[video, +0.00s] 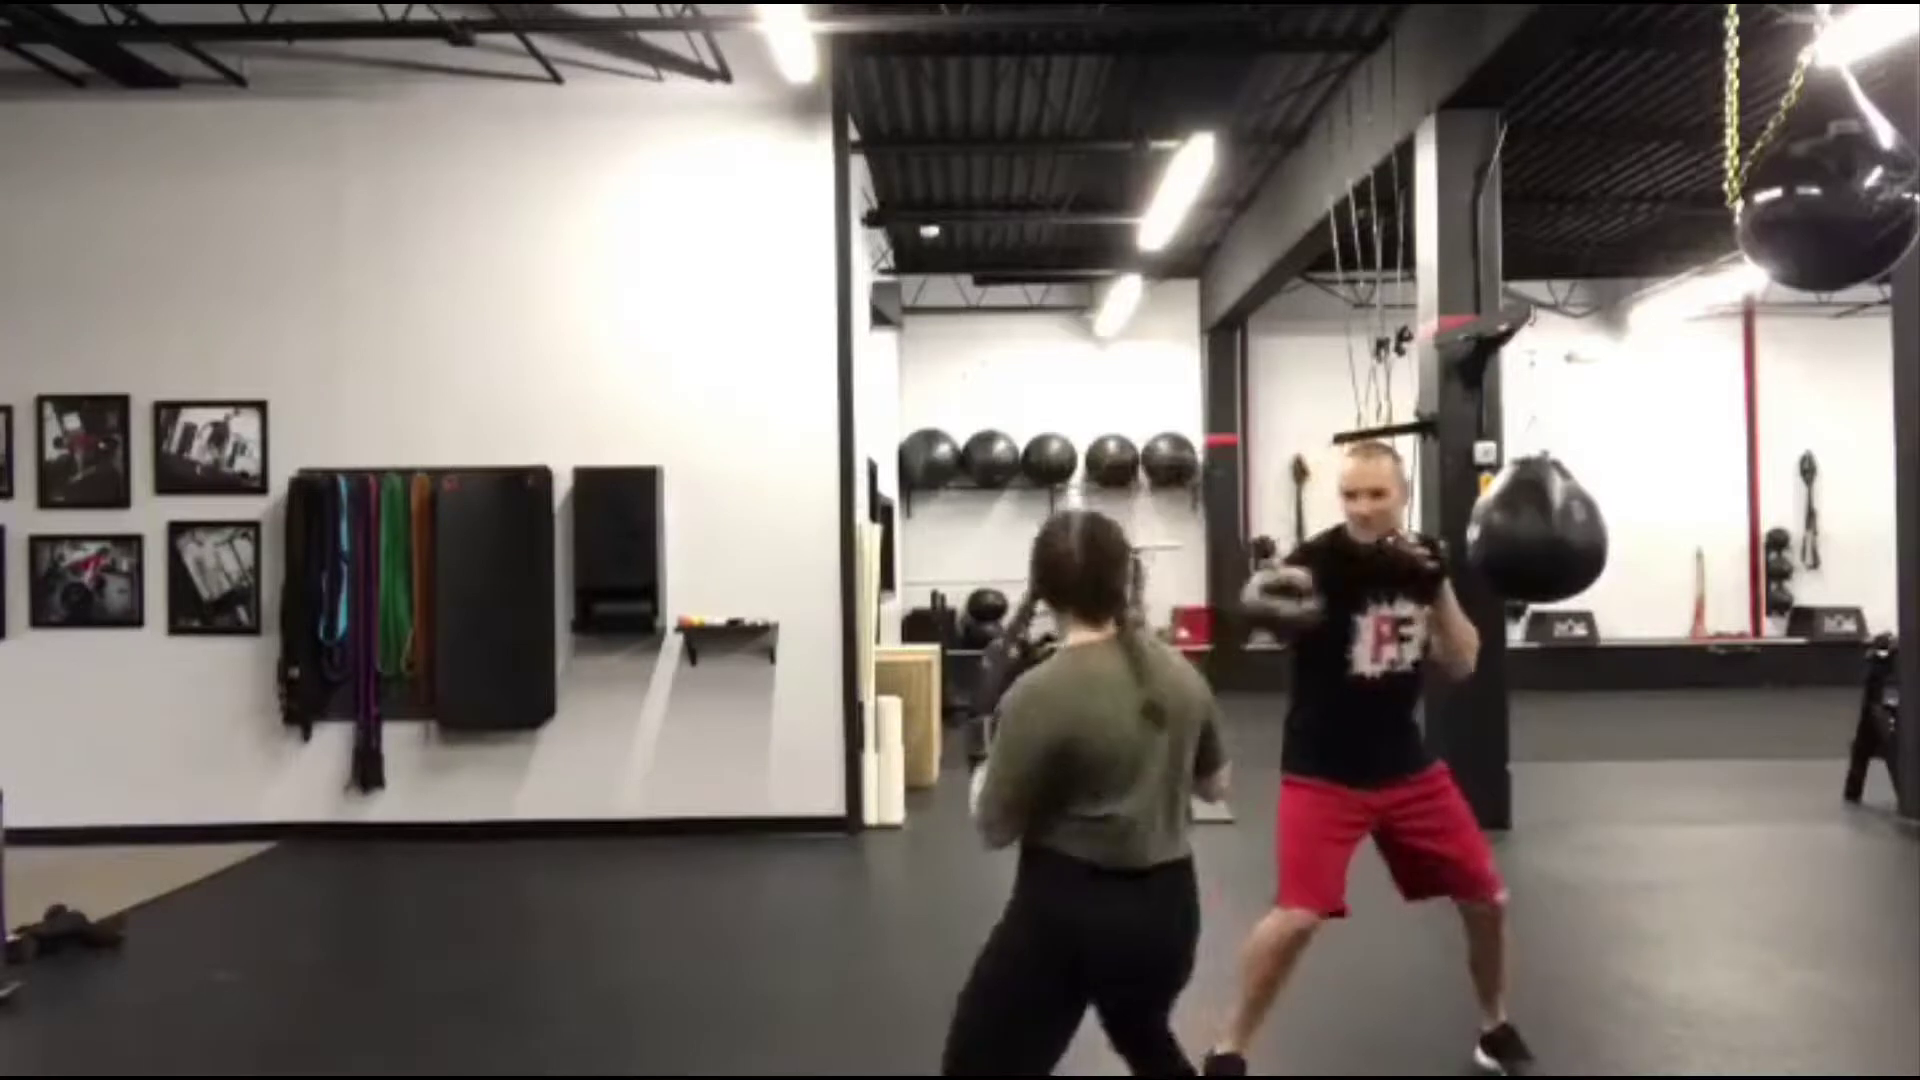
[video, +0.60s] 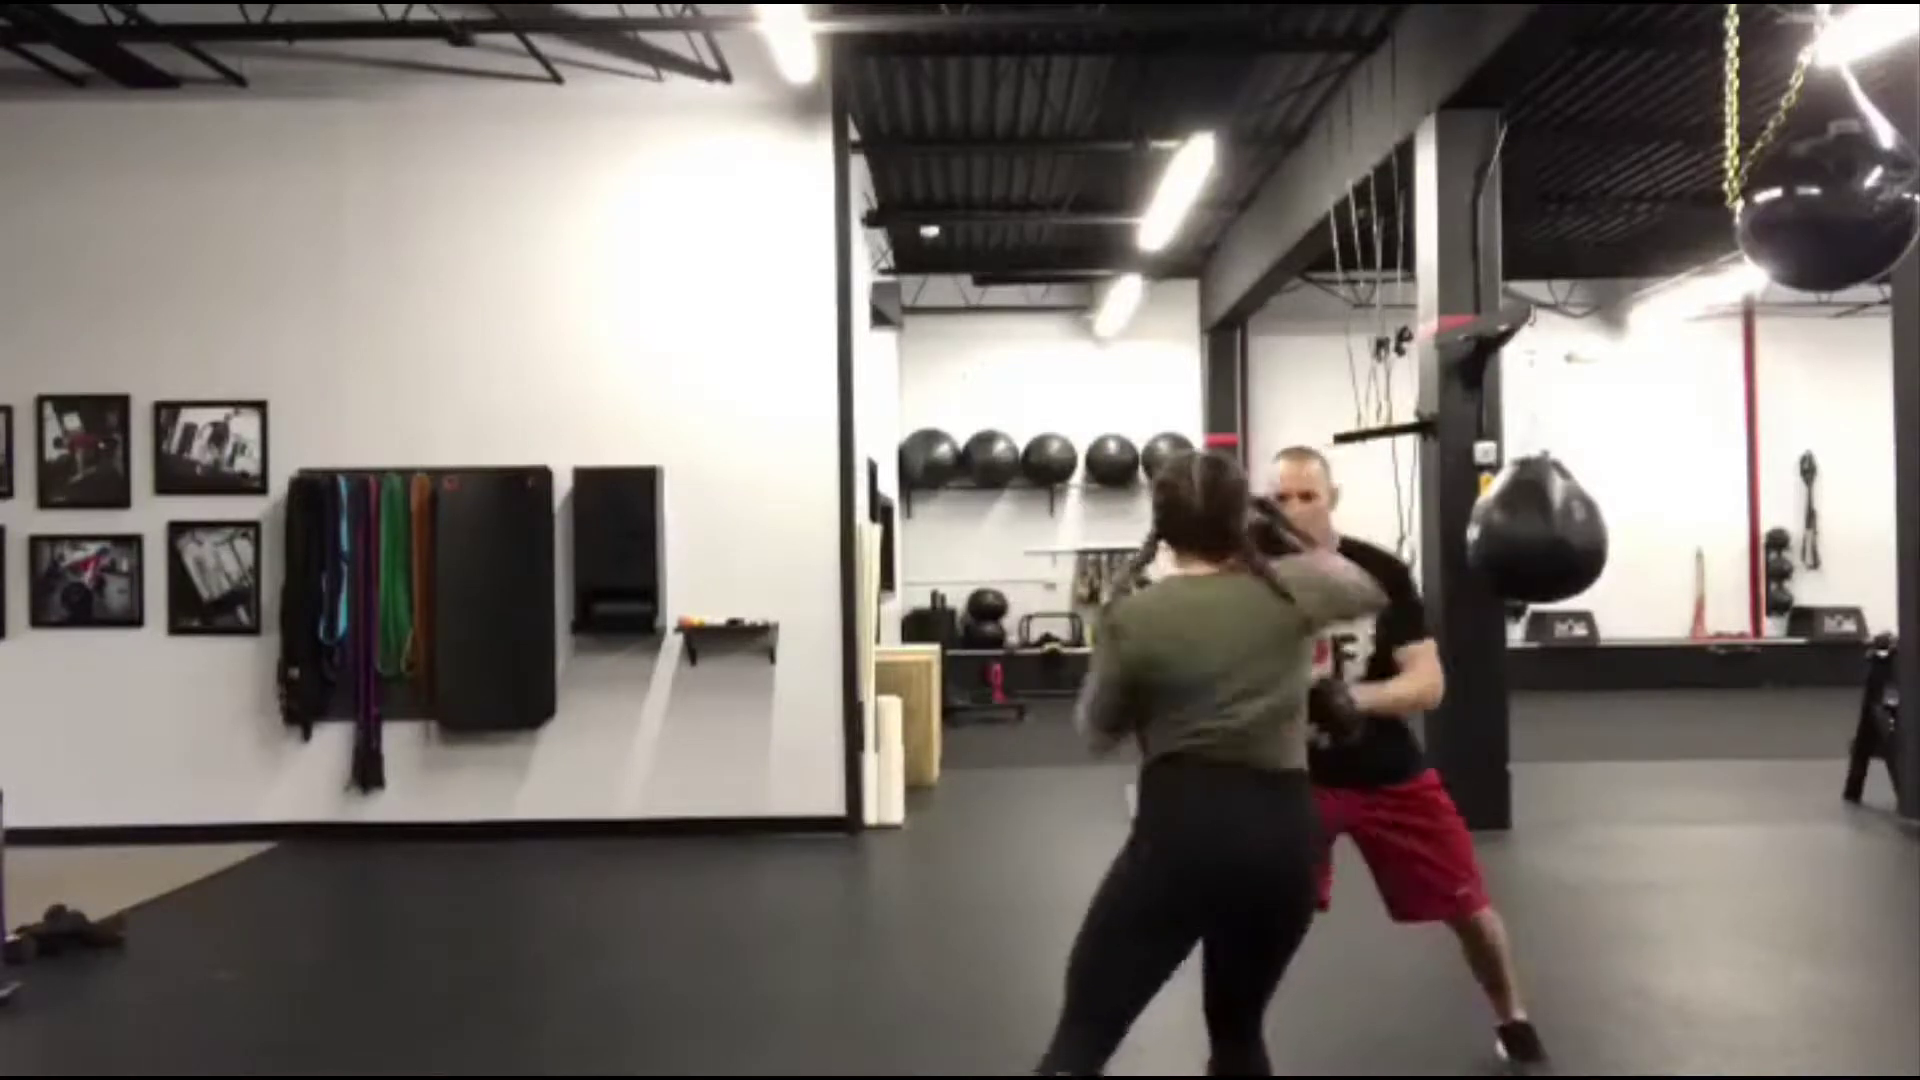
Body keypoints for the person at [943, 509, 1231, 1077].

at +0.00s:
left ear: (1045, 590)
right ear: (1124, 576)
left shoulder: (1041, 695)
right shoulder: (1178, 673)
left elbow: (995, 823)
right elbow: (1213, 779)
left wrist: (998, 738)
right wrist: (1138, 741)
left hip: (1061, 918)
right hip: (1164, 910)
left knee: (980, 1062)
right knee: (1146, 1035)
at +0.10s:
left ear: (1076, 559)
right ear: (1153, 555)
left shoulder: (1043, 657)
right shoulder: (1204, 657)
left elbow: (983, 759)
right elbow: (1234, 771)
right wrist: (1167, 722)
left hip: (1064, 891)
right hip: (1171, 893)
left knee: (1003, 1060)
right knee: (1169, 1033)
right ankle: (1204, 1073)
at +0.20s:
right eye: (1198, 528)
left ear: (1119, 532)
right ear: (1197, 538)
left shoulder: (1067, 613)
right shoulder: (1236, 642)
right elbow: (1276, 767)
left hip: (1078, 852)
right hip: (1187, 859)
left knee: (1035, 1050)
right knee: (1199, 1033)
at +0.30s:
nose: (1237, 537)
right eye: (1235, 525)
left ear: (1149, 522)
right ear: (1227, 536)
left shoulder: (1094, 601)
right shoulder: (1240, 636)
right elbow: (1294, 761)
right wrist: (1302, 692)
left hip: (1101, 826)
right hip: (1202, 838)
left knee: (1055, 1045)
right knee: (1226, 1038)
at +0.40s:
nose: (1248, 522)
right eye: (1245, 512)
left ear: (1157, 519)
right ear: (1232, 527)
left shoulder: (1116, 596)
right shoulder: (1242, 629)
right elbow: (1308, 745)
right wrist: (1340, 666)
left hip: (1126, 825)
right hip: (1226, 838)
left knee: (1067, 1038)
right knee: (1243, 1038)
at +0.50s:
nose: (1292, 503)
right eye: (1273, 497)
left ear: (1160, 521)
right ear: (1239, 520)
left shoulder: (1115, 605)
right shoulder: (1271, 605)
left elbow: (1087, 684)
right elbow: (1377, 674)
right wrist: (1402, 658)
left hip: (1152, 834)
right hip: (1256, 838)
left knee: (1068, 1036)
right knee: (1243, 1033)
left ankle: (1044, 1066)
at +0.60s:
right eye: (1249, 503)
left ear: (1163, 523)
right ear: (1243, 520)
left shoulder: (1134, 616)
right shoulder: (1287, 594)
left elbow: (1098, 728)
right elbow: (1368, 592)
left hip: (1179, 834)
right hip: (1281, 832)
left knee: (1087, 1028)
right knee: (1238, 1026)